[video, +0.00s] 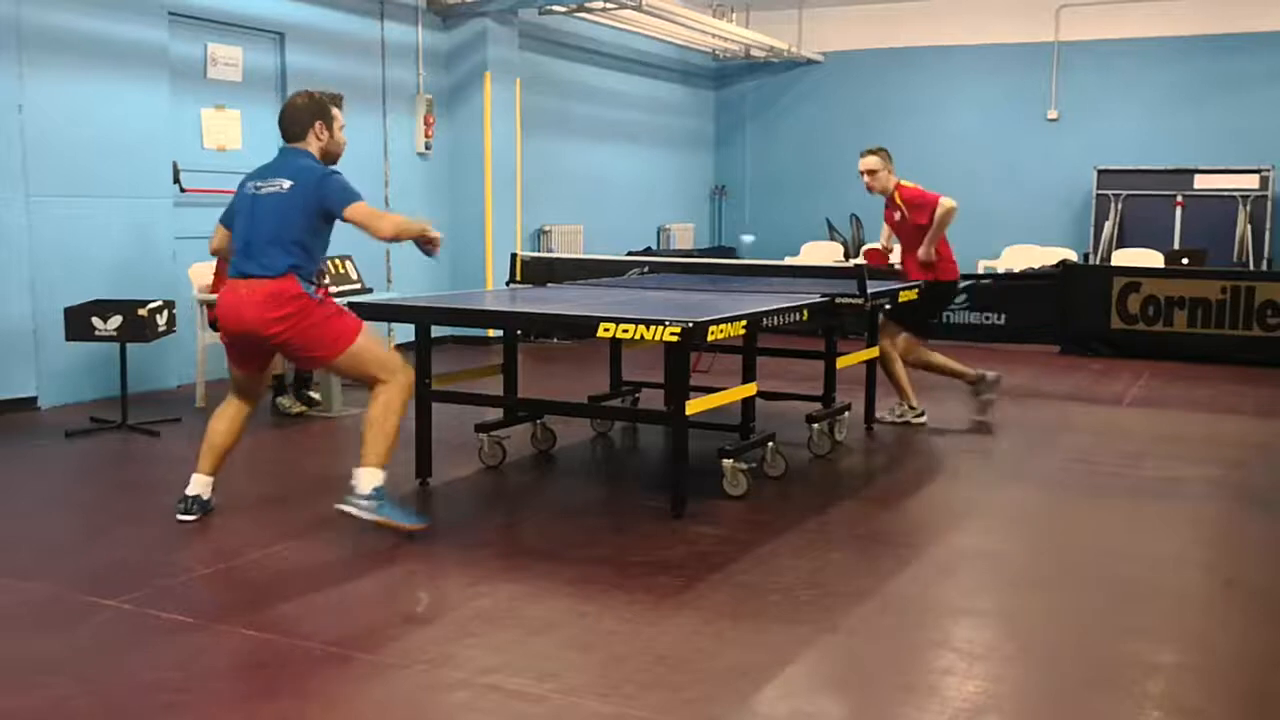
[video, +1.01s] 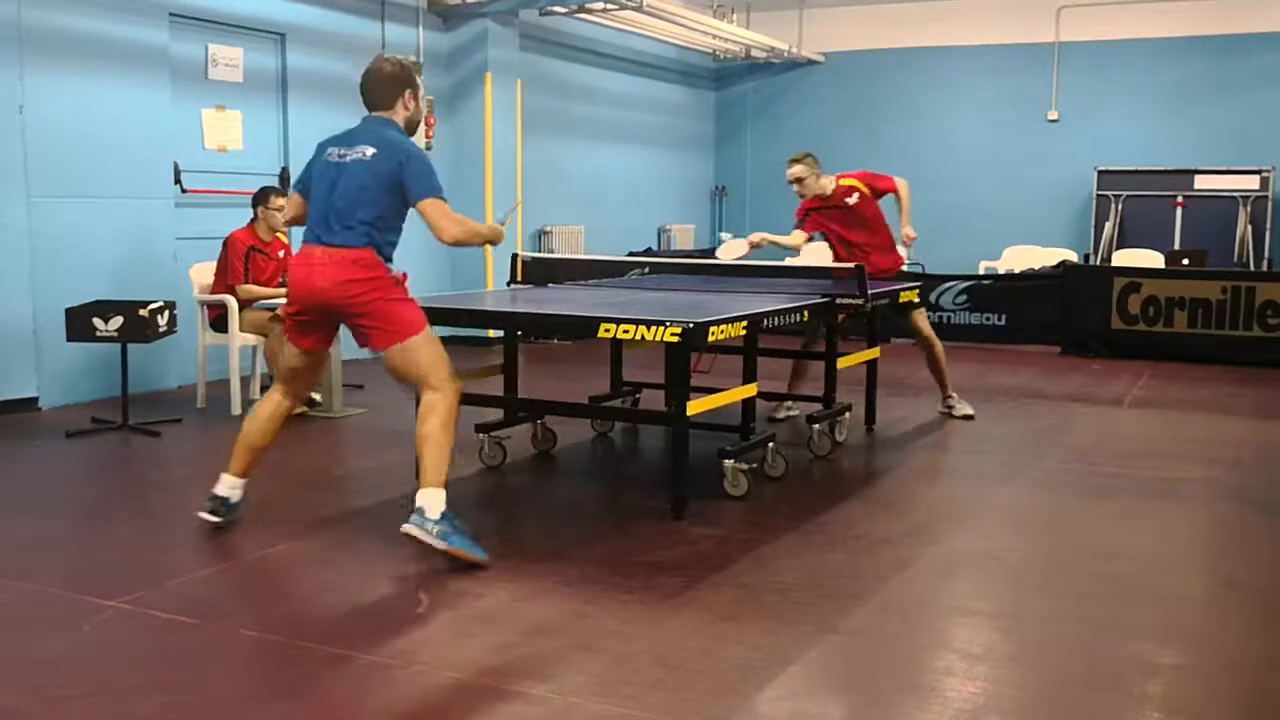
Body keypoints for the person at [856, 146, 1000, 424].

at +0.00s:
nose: (866, 180)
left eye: (872, 173)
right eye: (862, 175)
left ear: (889, 171)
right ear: (862, 177)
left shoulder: (907, 193)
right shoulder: (891, 200)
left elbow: (947, 206)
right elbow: (890, 221)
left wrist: (929, 244)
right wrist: (885, 243)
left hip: (936, 280)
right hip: (921, 280)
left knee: (884, 339)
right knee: (907, 352)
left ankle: (910, 406)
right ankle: (978, 378)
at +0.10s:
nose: (861, 162)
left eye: (866, 155)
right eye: (857, 156)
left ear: (883, 154)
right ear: (857, 159)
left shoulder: (901, 178)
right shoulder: (882, 189)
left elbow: (944, 195)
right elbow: (878, 220)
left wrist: (921, 234)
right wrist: (866, 234)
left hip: (920, 271)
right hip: (901, 272)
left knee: (887, 335)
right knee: (887, 334)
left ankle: (911, 405)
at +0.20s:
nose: (856, 148)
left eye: (862, 141)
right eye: (852, 143)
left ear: (878, 141)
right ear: (853, 146)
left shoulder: (898, 168)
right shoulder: (870, 174)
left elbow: (941, 192)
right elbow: (870, 208)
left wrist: (916, 230)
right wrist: (852, 232)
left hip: (914, 263)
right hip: (889, 264)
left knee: (893, 327)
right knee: (858, 323)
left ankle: (914, 403)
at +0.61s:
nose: (852, 152)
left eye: (858, 145)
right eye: (849, 146)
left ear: (875, 142)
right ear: (848, 147)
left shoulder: (903, 171)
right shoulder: (854, 179)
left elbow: (943, 199)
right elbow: (851, 217)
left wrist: (911, 225)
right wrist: (839, 239)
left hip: (905, 272)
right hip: (866, 274)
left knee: (930, 332)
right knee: (846, 331)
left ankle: (946, 395)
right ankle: (853, 387)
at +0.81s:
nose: (838, 175)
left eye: (843, 167)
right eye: (835, 169)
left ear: (861, 160)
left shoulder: (900, 177)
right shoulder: (849, 196)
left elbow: (944, 195)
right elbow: (850, 241)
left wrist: (931, 231)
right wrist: (817, 242)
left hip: (914, 276)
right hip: (871, 279)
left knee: (943, 337)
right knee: (831, 325)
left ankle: (950, 397)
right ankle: (820, 385)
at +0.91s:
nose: (817, 183)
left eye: (820, 175)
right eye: (813, 177)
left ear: (838, 169)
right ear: (830, 173)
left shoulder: (881, 177)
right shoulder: (833, 200)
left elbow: (926, 185)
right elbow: (835, 242)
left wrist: (925, 226)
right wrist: (799, 238)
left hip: (907, 273)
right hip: (866, 279)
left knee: (936, 332)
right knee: (824, 324)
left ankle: (950, 397)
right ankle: (801, 388)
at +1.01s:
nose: (796, 189)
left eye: (799, 181)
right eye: (792, 184)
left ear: (818, 175)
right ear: (796, 184)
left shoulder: (855, 182)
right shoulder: (810, 210)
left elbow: (900, 185)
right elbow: (797, 241)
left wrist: (905, 226)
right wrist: (767, 238)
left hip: (892, 275)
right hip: (850, 282)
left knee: (926, 333)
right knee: (814, 338)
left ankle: (949, 397)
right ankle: (789, 399)